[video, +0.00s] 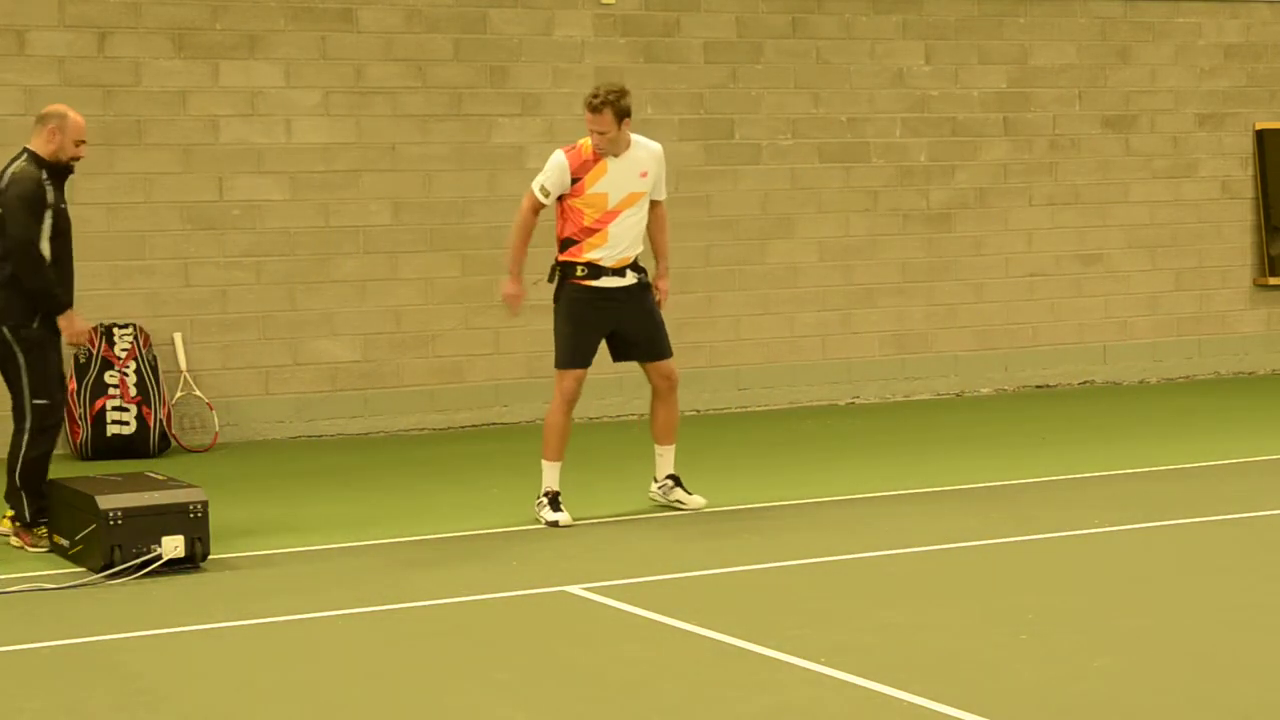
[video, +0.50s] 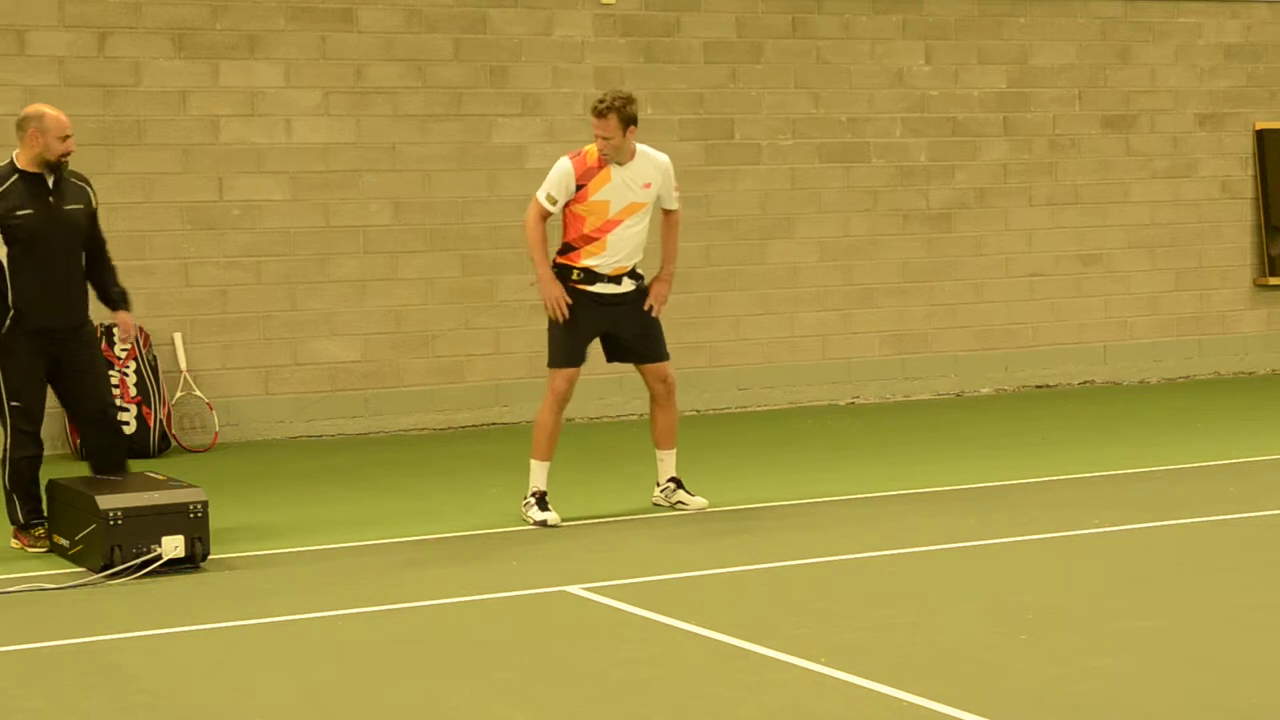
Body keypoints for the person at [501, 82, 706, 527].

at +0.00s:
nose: (595, 139)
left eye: (603, 132)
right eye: (590, 131)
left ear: (625, 125)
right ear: (586, 123)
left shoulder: (650, 155)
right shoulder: (568, 161)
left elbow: (656, 210)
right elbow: (530, 208)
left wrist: (662, 270)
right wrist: (514, 274)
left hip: (632, 289)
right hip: (579, 291)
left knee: (666, 379)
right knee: (567, 389)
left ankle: (665, 480)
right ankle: (549, 494)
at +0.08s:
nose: (596, 140)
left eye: (604, 132)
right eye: (592, 132)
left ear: (628, 125)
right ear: (588, 124)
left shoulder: (655, 157)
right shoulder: (570, 162)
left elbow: (661, 211)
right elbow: (534, 208)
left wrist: (667, 272)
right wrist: (505, 268)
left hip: (634, 290)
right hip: (581, 292)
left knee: (665, 380)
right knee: (568, 390)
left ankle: (668, 483)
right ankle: (549, 494)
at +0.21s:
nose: (603, 142)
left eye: (611, 135)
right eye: (599, 134)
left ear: (636, 128)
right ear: (596, 126)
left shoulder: (665, 162)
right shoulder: (578, 164)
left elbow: (677, 215)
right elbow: (542, 205)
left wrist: (677, 276)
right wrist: (517, 254)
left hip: (637, 290)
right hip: (584, 291)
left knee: (667, 382)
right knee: (570, 387)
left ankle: (668, 485)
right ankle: (548, 493)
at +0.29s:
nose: (606, 144)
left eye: (614, 136)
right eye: (603, 135)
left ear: (639, 130)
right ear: (599, 128)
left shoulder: (669, 165)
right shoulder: (582, 163)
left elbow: (684, 214)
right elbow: (544, 204)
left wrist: (683, 274)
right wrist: (528, 256)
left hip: (638, 291)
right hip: (583, 290)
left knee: (668, 383)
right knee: (568, 383)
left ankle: (667, 484)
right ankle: (543, 492)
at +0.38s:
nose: (606, 145)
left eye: (614, 137)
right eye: (602, 136)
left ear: (638, 131)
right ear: (598, 129)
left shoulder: (668, 166)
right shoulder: (580, 165)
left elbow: (683, 214)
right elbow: (540, 208)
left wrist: (679, 274)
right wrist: (539, 264)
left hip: (635, 293)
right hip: (582, 292)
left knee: (667, 383)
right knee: (567, 386)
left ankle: (667, 484)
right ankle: (538, 493)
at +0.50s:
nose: (599, 145)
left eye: (607, 138)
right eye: (596, 136)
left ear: (631, 132)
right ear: (593, 130)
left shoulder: (658, 166)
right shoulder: (574, 167)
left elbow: (671, 214)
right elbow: (533, 217)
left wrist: (665, 275)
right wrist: (545, 277)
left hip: (628, 292)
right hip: (575, 291)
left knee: (663, 382)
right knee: (560, 388)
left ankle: (667, 484)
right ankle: (536, 494)